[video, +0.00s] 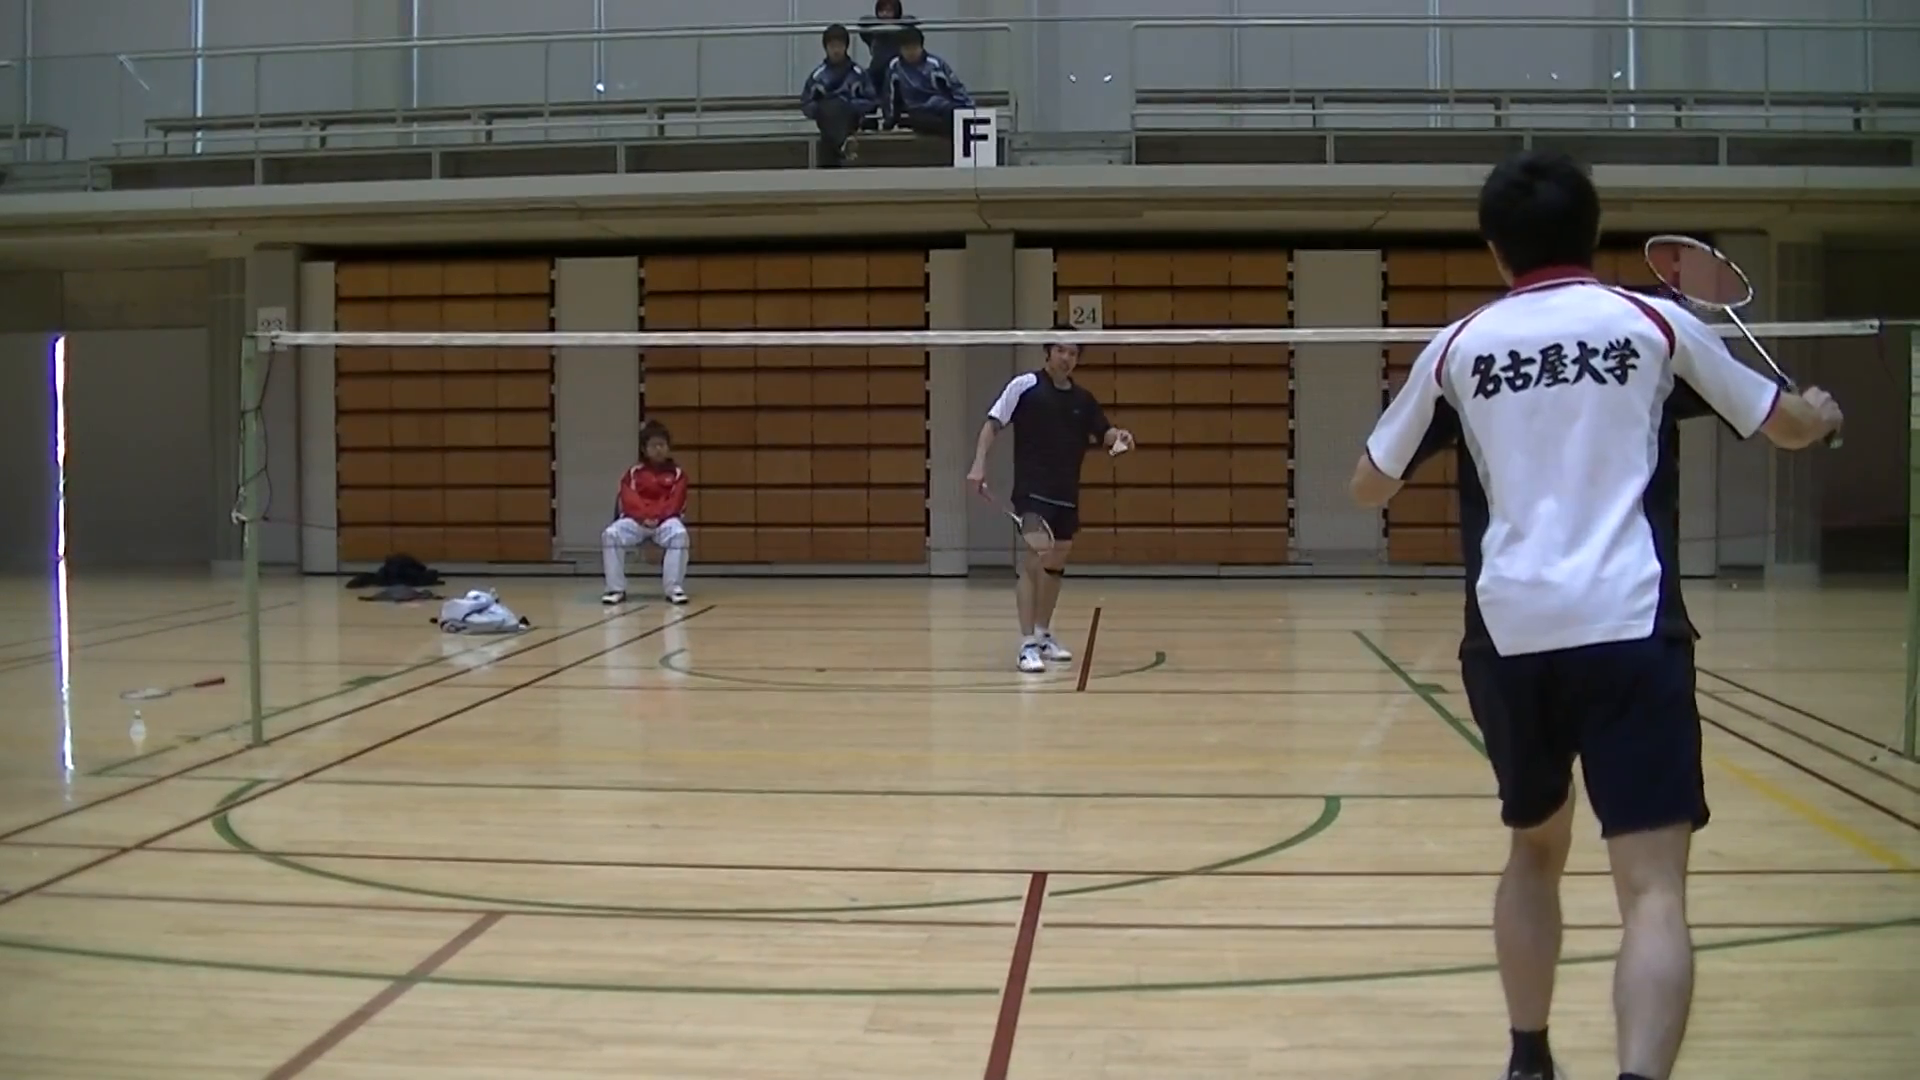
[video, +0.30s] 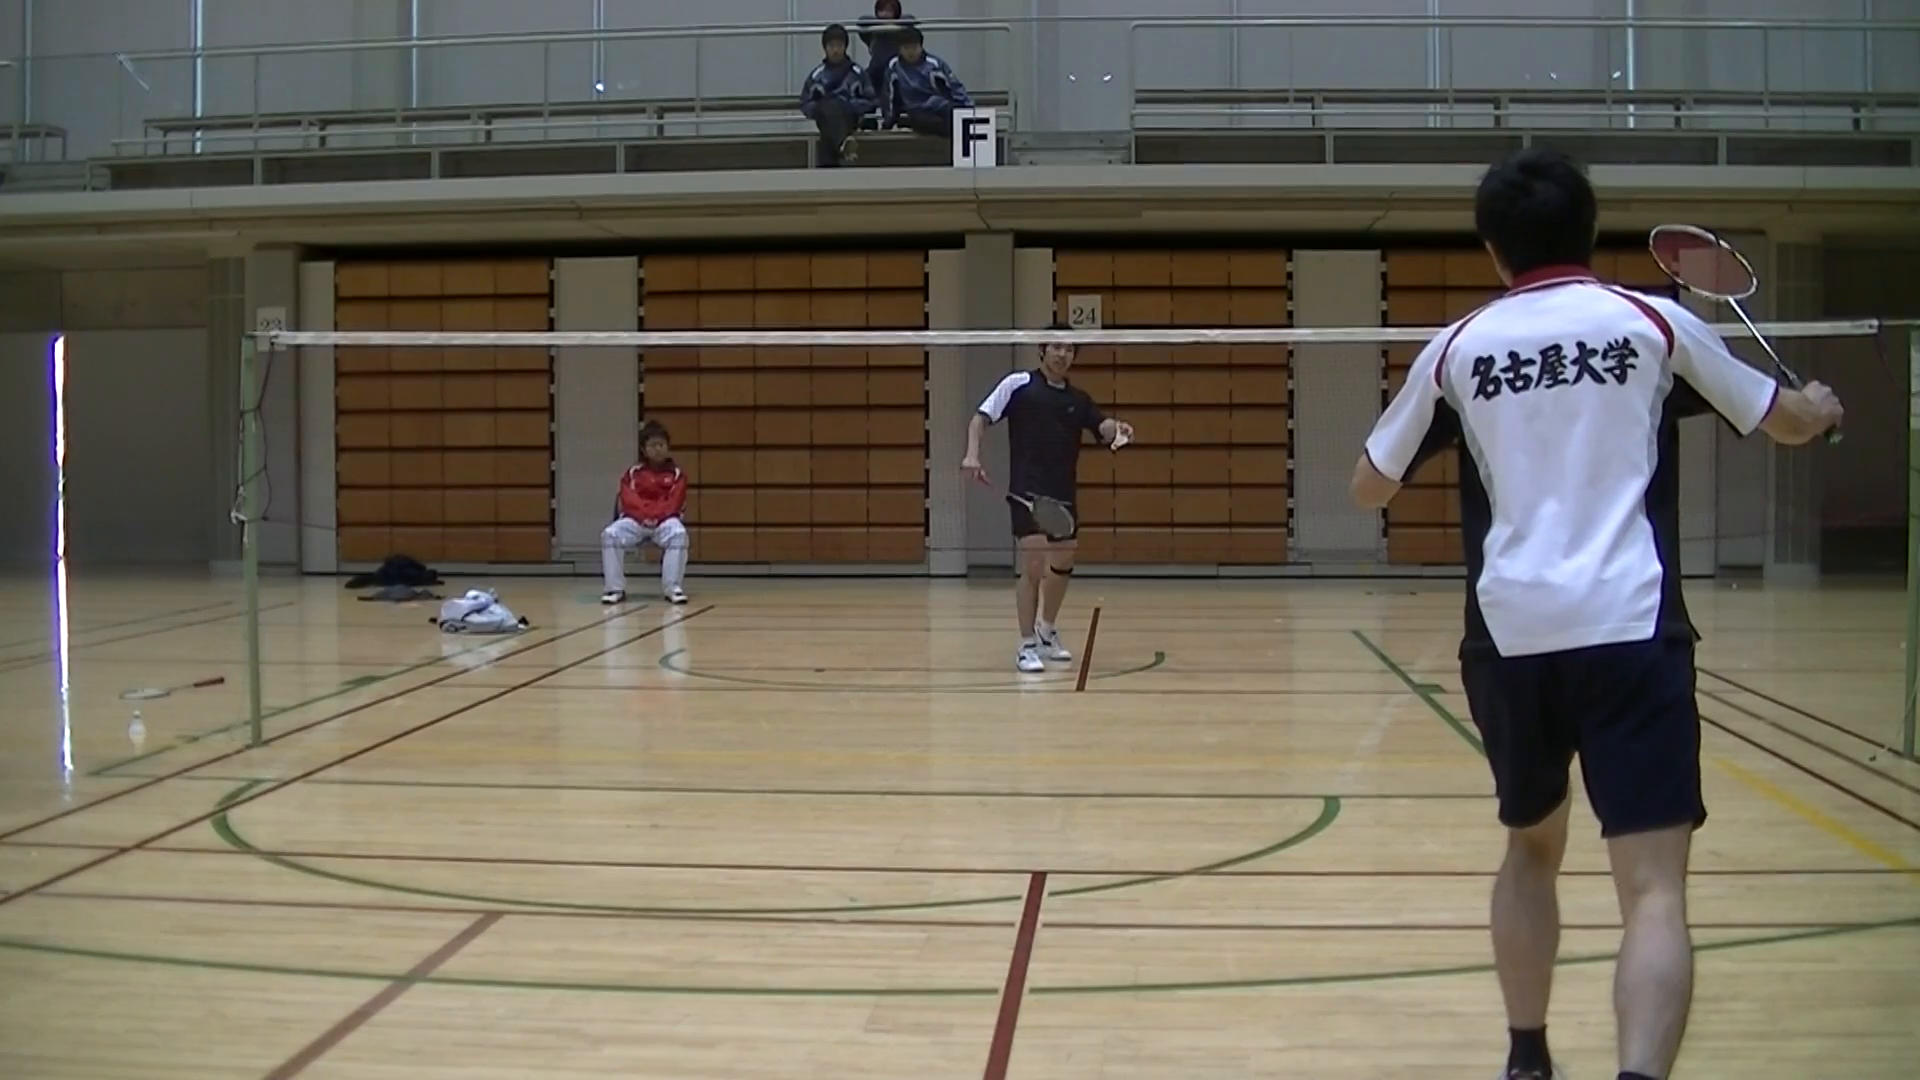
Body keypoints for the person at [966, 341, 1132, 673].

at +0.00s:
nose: (1068, 358)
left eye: (1073, 353)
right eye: (1062, 351)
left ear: (1078, 359)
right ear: (1048, 352)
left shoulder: (1082, 398)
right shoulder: (1024, 385)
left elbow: (1105, 432)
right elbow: (992, 425)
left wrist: (1119, 437)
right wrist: (978, 466)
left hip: (1066, 495)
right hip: (1032, 492)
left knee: (1055, 566)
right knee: (1034, 561)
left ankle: (1043, 637)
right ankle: (1028, 645)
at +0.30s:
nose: (1061, 354)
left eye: (1067, 349)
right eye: (1055, 347)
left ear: (1074, 357)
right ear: (1042, 352)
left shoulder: (1079, 399)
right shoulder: (1018, 384)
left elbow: (1103, 429)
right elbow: (980, 419)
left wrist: (1119, 429)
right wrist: (972, 455)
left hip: (1063, 493)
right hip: (1026, 491)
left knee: (1063, 563)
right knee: (1034, 565)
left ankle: (1046, 632)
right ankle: (1027, 645)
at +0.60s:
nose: (1060, 352)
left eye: (1066, 347)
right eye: (1054, 345)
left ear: (1070, 353)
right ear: (1039, 348)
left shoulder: (1073, 394)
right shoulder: (1015, 379)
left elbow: (1099, 418)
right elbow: (967, 392)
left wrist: (1105, 425)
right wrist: (977, 418)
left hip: (1062, 491)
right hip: (1024, 489)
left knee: (1074, 562)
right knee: (1028, 566)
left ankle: (1059, 622)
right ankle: (1026, 646)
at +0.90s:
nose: (1062, 350)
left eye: (1067, 345)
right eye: (1056, 344)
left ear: (1070, 349)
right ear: (1039, 345)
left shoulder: (1075, 390)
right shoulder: (1018, 378)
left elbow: (1099, 424)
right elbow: (991, 405)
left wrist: (1115, 410)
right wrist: (980, 426)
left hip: (1065, 490)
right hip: (1026, 489)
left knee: (1083, 560)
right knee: (1028, 566)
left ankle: (1065, 619)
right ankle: (1026, 645)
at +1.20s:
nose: (1078, 353)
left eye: (1082, 347)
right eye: (1071, 347)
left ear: (1088, 353)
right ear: (1057, 351)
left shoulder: (1091, 399)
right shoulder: (1037, 388)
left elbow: (1093, 448)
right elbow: (1010, 435)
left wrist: (1108, 461)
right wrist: (1004, 482)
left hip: (1075, 489)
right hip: (1040, 489)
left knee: (1094, 555)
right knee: (1042, 561)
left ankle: (1086, 624)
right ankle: (1028, 645)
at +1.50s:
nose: (1107, 366)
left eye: (1112, 361)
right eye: (1101, 359)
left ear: (1118, 367)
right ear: (1087, 364)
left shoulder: (1115, 405)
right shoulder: (1066, 398)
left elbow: (1109, 454)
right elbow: (1040, 449)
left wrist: (1130, 479)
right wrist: (1030, 499)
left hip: (1094, 492)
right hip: (1061, 490)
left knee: (1105, 564)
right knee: (1069, 549)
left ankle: (1085, 633)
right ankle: (1041, 639)